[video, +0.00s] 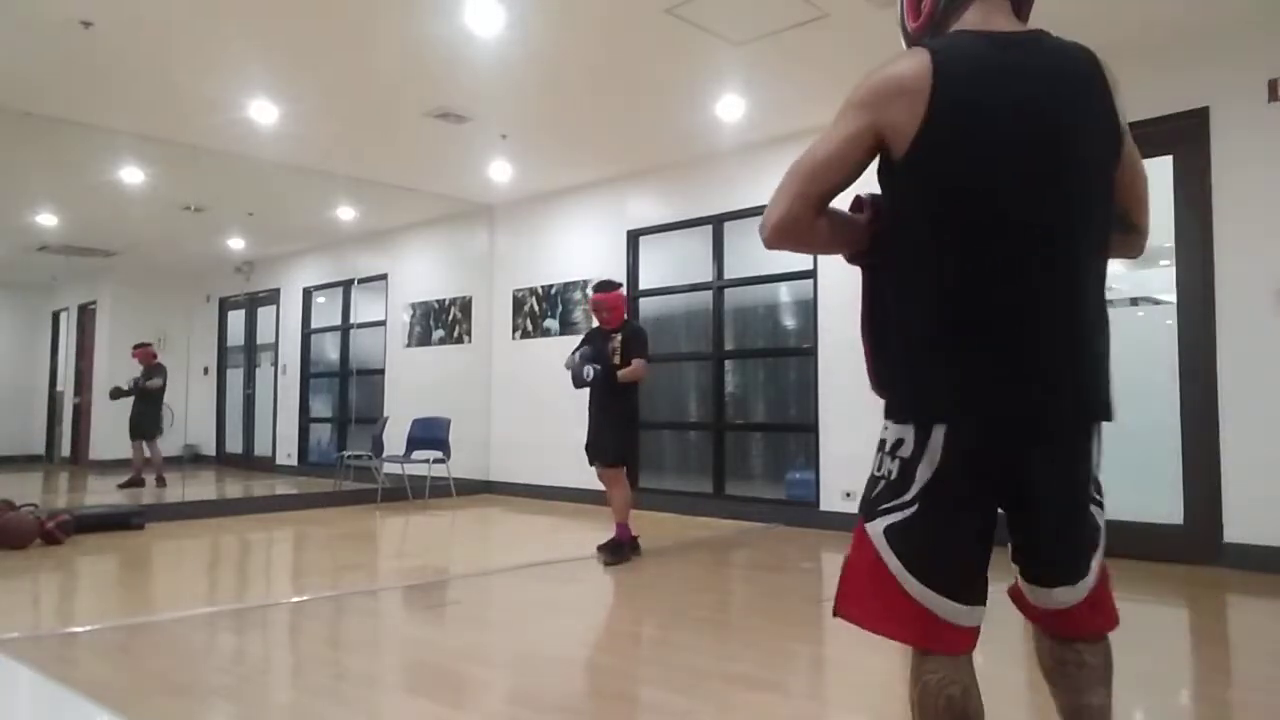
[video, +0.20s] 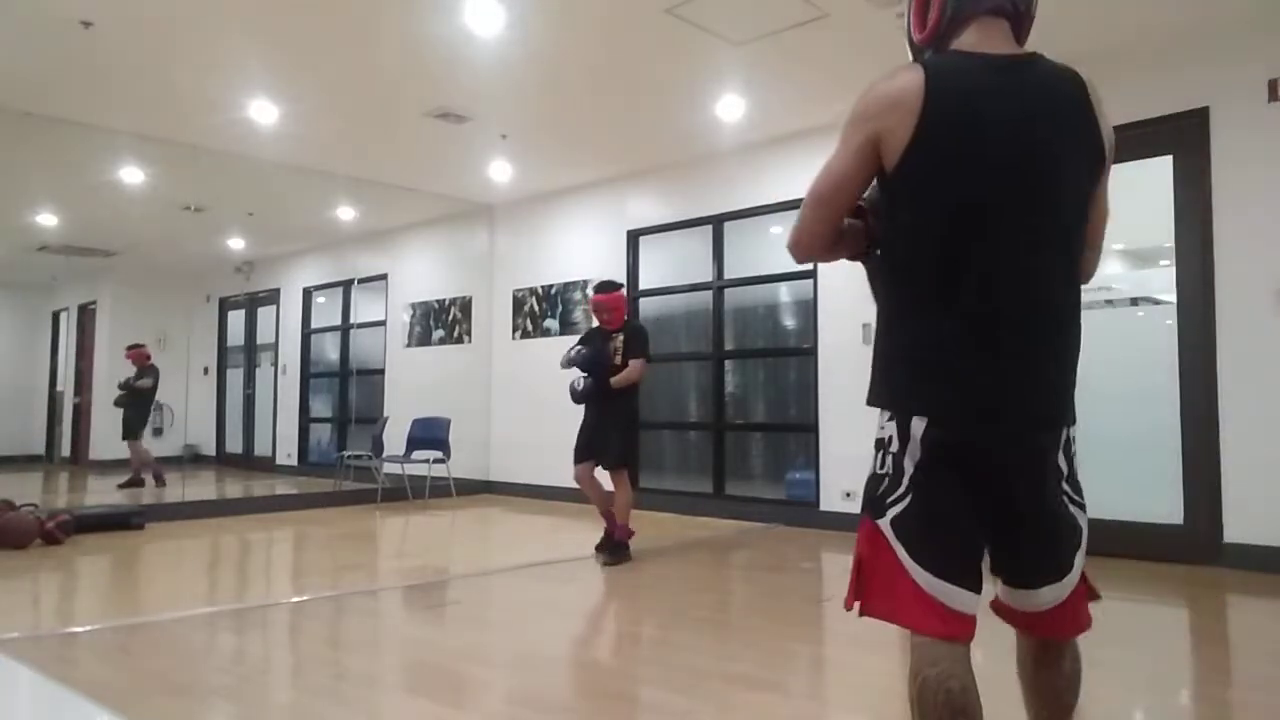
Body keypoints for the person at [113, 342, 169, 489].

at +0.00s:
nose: (139, 361)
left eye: (140, 357)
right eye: (137, 358)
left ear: (148, 355)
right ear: (142, 357)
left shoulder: (159, 369)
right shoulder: (145, 372)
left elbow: (157, 384)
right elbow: (137, 389)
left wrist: (139, 384)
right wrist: (121, 392)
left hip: (151, 413)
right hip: (137, 413)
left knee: (151, 444)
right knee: (136, 444)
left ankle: (159, 476)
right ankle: (137, 476)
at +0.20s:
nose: (132, 362)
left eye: (133, 359)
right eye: (131, 359)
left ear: (141, 357)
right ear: (140, 358)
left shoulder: (151, 371)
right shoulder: (140, 372)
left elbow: (147, 384)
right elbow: (129, 383)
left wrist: (129, 384)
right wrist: (126, 384)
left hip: (139, 411)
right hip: (131, 410)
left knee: (135, 444)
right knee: (133, 444)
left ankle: (157, 472)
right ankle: (136, 476)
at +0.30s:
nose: (128, 362)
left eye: (129, 358)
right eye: (127, 359)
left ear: (137, 356)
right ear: (136, 357)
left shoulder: (147, 369)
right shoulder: (137, 370)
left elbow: (142, 383)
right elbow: (133, 384)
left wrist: (126, 383)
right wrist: (121, 383)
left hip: (136, 410)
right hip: (129, 409)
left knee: (126, 441)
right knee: (131, 442)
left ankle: (148, 468)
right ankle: (137, 476)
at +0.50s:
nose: (122, 361)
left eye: (123, 357)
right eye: (121, 358)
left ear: (131, 355)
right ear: (133, 355)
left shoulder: (136, 369)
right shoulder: (141, 368)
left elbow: (127, 384)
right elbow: (130, 388)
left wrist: (108, 386)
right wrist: (117, 398)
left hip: (129, 410)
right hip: (134, 410)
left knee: (116, 439)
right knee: (131, 441)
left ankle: (123, 475)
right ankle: (136, 476)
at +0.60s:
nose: (119, 362)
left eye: (119, 358)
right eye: (117, 358)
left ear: (127, 356)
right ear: (129, 356)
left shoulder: (133, 370)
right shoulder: (137, 369)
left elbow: (121, 387)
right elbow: (126, 391)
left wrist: (104, 390)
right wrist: (108, 396)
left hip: (125, 413)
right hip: (131, 412)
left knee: (114, 442)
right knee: (129, 442)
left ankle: (113, 478)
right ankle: (136, 476)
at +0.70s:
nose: (115, 362)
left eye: (116, 358)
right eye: (114, 358)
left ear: (124, 356)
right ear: (126, 355)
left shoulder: (129, 371)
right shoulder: (134, 369)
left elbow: (115, 389)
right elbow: (118, 388)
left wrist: (100, 392)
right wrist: (103, 391)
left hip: (120, 413)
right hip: (127, 413)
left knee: (110, 443)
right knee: (126, 442)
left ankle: (111, 479)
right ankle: (136, 476)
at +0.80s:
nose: (112, 361)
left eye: (114, 357)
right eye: (111, 357)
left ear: (121, 355)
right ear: (125, 355)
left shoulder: (125, 371)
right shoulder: (131, 368)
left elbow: (111, 390)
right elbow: (112, 385)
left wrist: (98, 391)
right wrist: (100, 388)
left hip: (116, 413)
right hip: (123, 412)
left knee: (110, 444)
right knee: (122, 443)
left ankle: (111, 478)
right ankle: (135, 474)